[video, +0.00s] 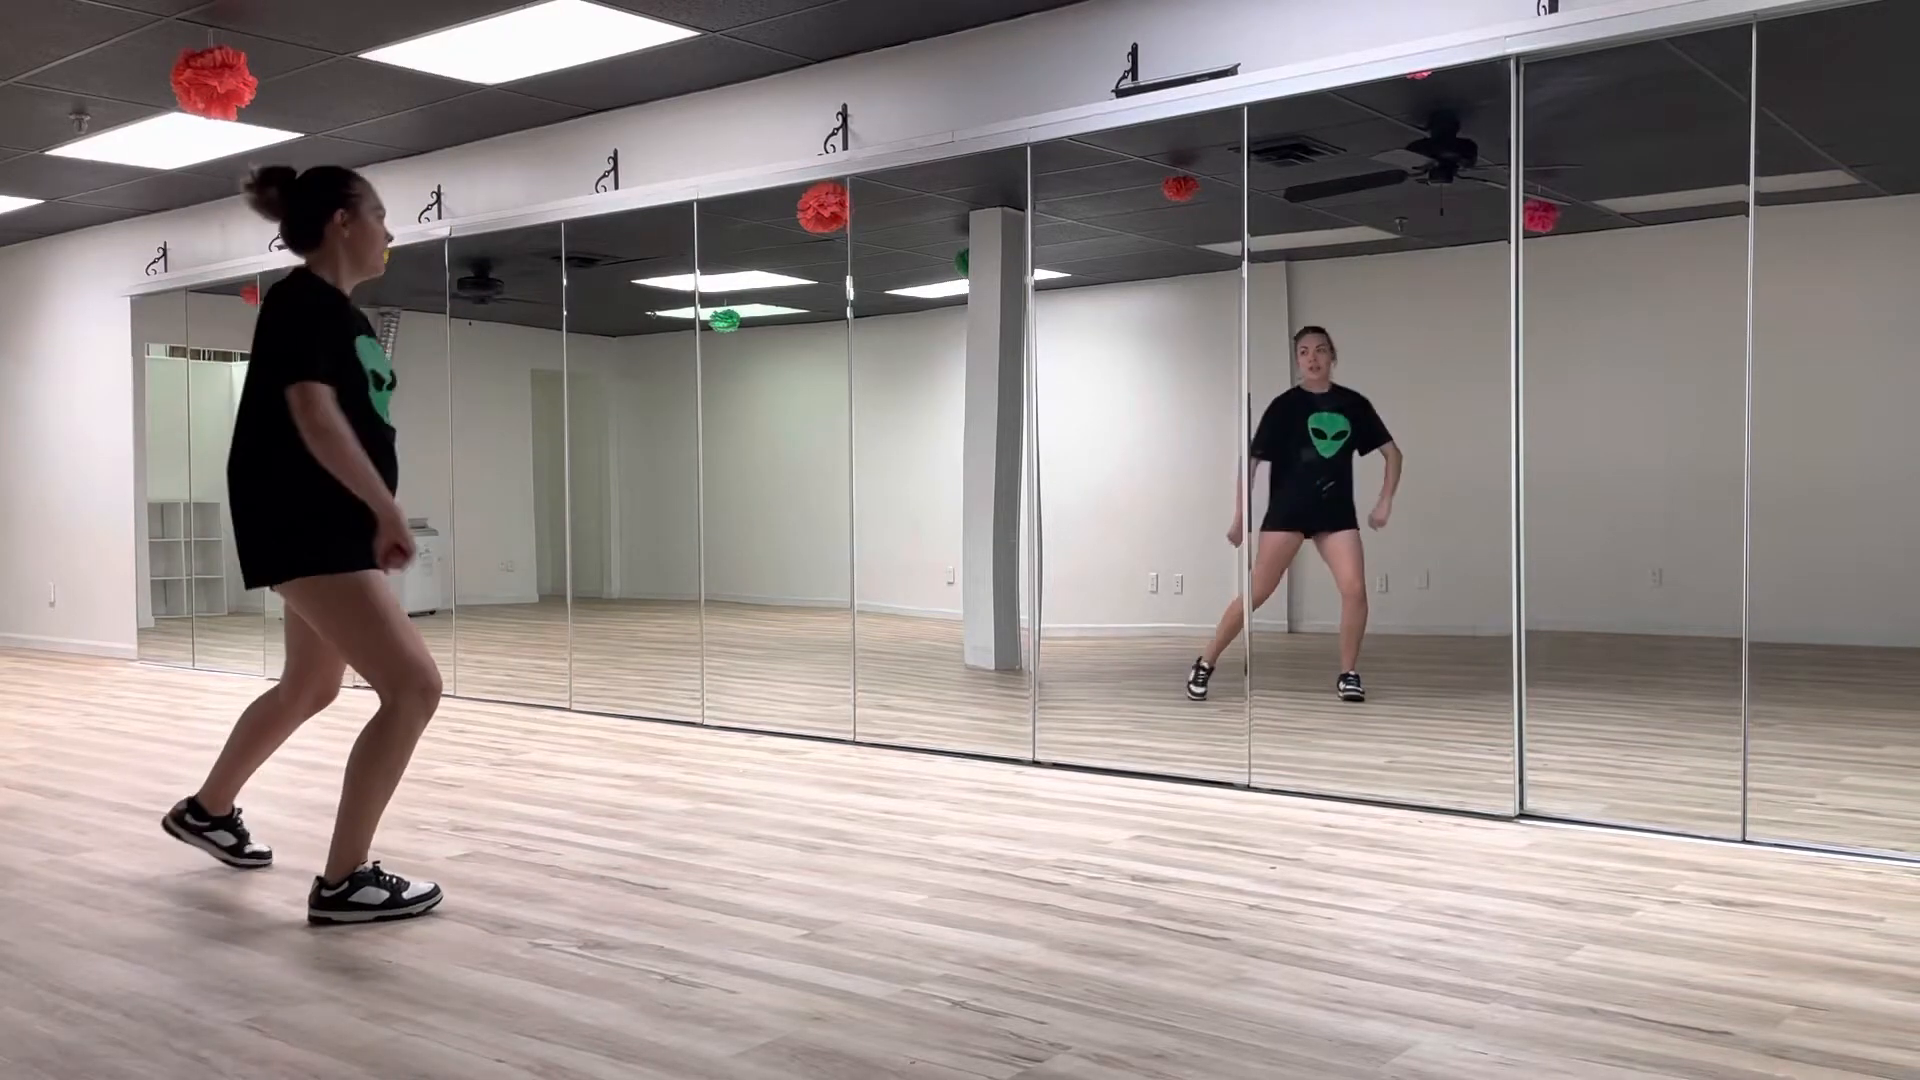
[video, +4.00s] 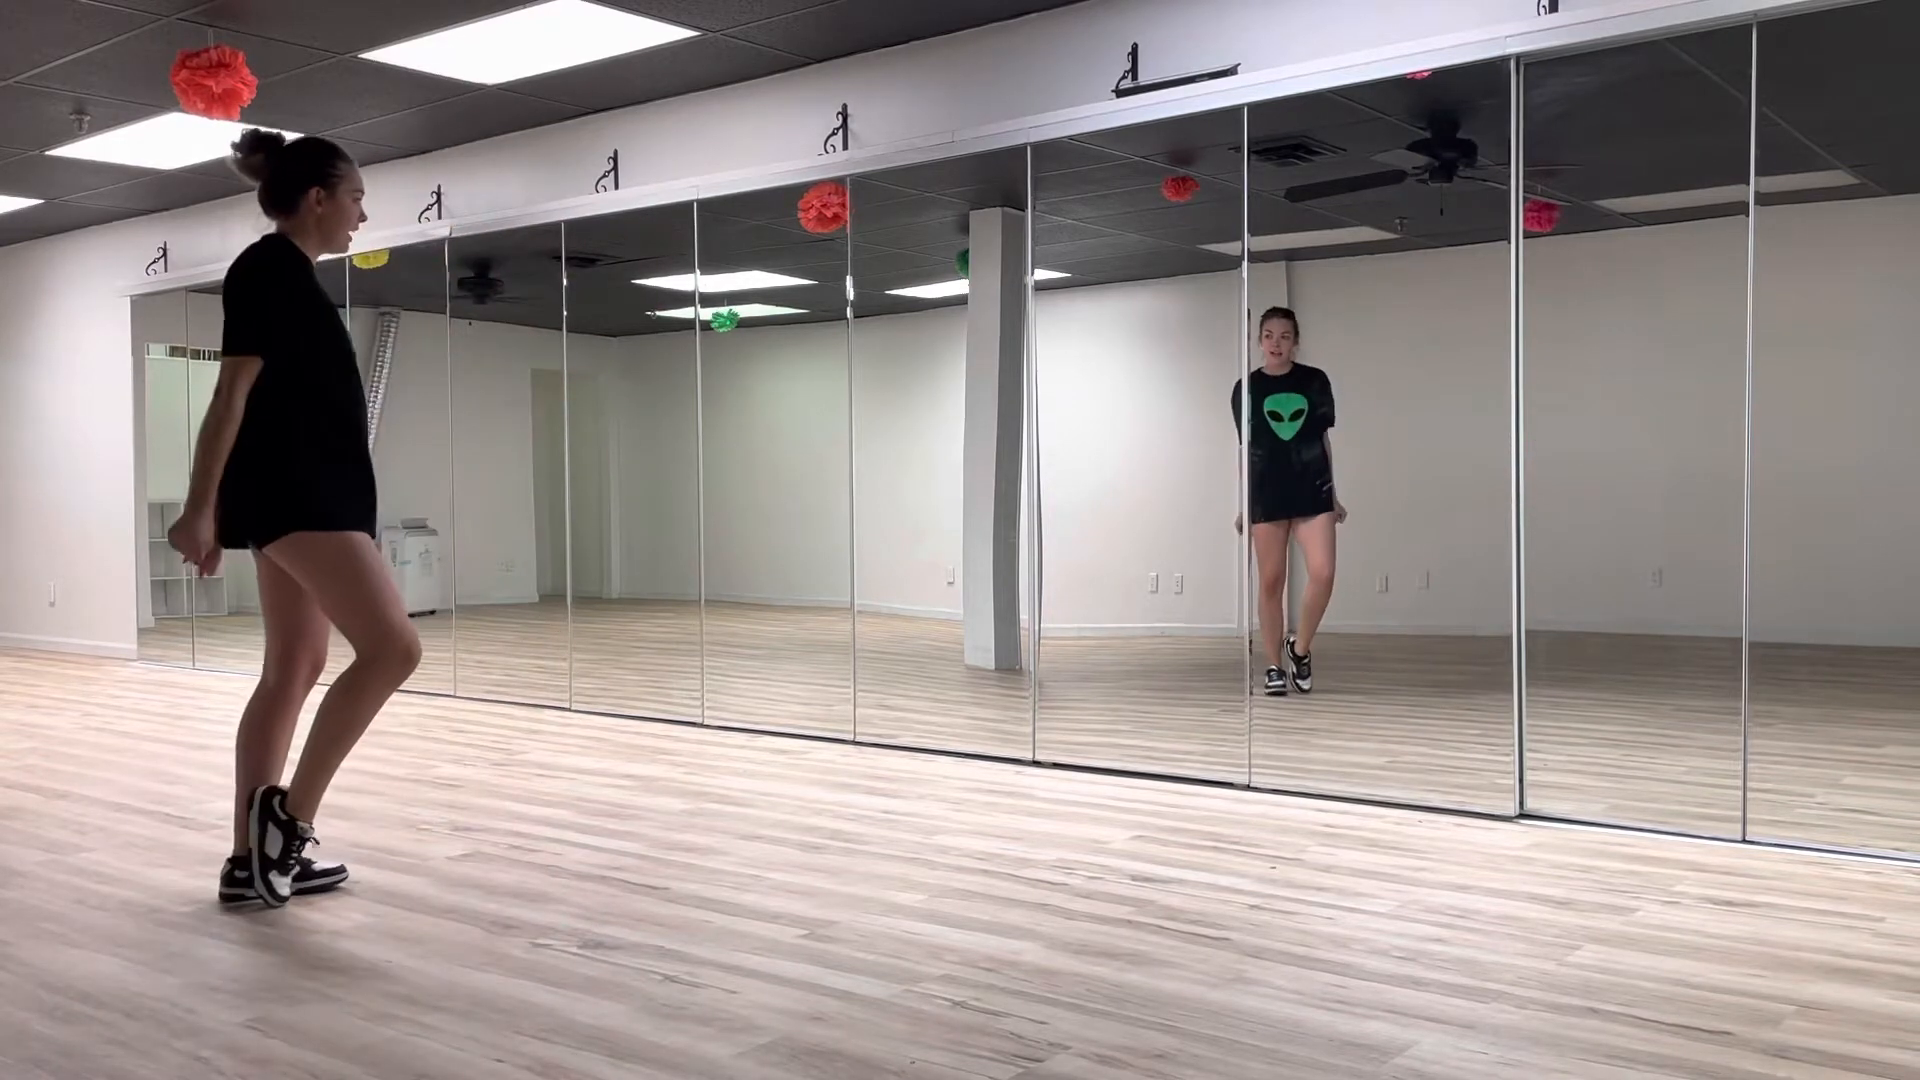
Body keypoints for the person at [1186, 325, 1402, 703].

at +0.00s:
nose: (1312, 357)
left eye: (1320, 350)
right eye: (1305, 352)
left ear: (1332, 358)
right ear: (1296, 360)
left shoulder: (1354, 404)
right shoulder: (1283, 406)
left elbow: (1392, 453)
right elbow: (1251, 464)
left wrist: (1385, 500)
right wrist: (1239, 517)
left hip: (1336, 514)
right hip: (1287, 513)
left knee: (1355, 591)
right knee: (1258, 592)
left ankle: (1348, 673)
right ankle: (1207, 662)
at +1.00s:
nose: (1349, 338)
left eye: (1357, 331)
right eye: (1341, 332)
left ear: (1370, 336)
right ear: (1333, 338)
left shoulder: (1390, 375)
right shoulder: (1324, 378)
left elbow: (1419, 388)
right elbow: (1303, 385)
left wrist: (1440, 385)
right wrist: (1294, 359)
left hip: (1384, 487)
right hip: (1336, 489)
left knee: (1389, 562)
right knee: (1335, 581)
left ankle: (1401, 632)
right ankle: (1341, 674)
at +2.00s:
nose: (1387, 335)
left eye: (1395, 327)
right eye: (1380, 328)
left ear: (1409, 332)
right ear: (1371, 334)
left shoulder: (1427, 371)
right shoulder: (1357, 377)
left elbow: (1428, 425)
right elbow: (1354, 424)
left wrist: (1434, 465)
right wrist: (1350, 448)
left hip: (1413, 484)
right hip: (1365, 486)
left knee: (1433, 574)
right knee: (1353, 581)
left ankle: (1476, 671)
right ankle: (1345, 674)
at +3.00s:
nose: (1372, 351)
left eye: (1379, 345)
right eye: (1365, 344)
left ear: (1391, 352)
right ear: (1355, 351)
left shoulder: (1409, 396)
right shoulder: (1338, 389)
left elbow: (1472, 415)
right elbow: (1313, 414)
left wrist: (1532, 428)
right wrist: (1313, 431)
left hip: (1381, 509)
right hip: (1332, 503)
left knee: (1415, 589)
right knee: (1308, 592)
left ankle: (1464, 680)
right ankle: (1284, 671)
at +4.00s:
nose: (1276, 342)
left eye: (1284, 336)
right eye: (1269, 335)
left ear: (1296, 341)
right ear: (1259, 340)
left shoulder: (1316, 380)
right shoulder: (1245, 388)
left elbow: (1323, 441)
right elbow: (1245, 451)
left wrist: (1332, 496)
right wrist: (1243, 506)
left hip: (1313, 493)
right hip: (1265, 496)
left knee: (1323, 575)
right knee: (1271, 581)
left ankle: (1301, 650)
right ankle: (1274, 666)